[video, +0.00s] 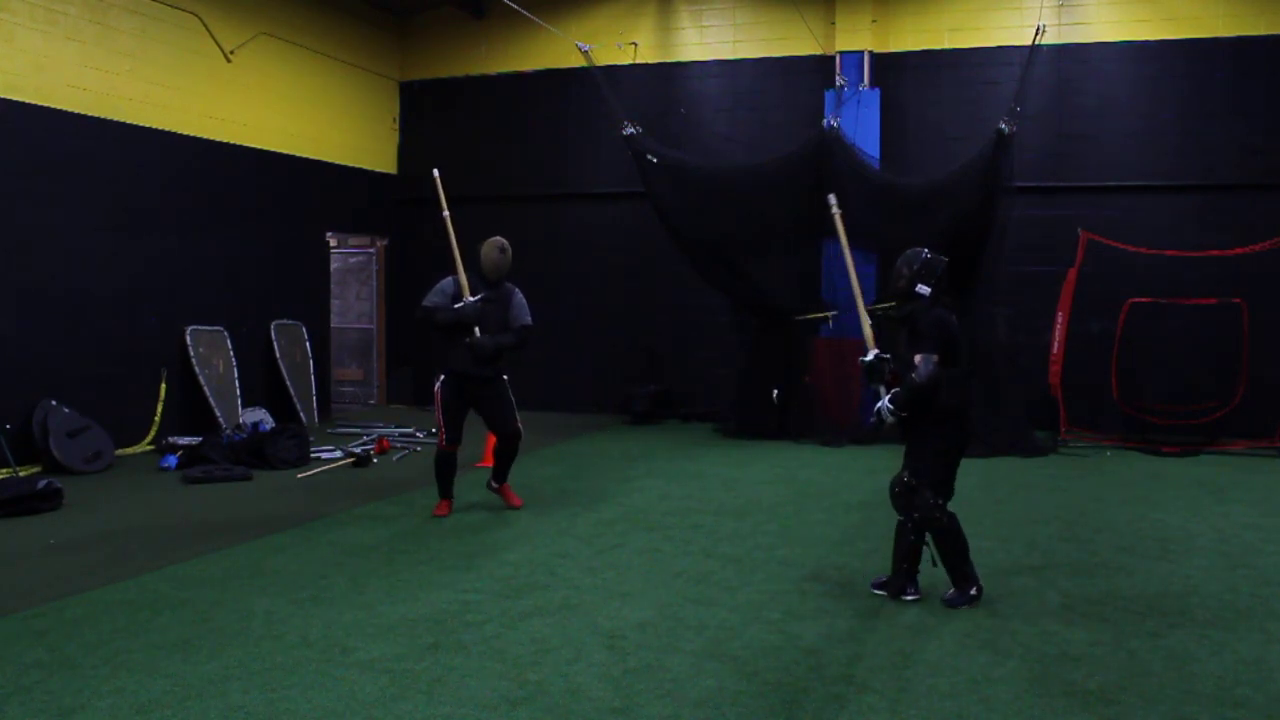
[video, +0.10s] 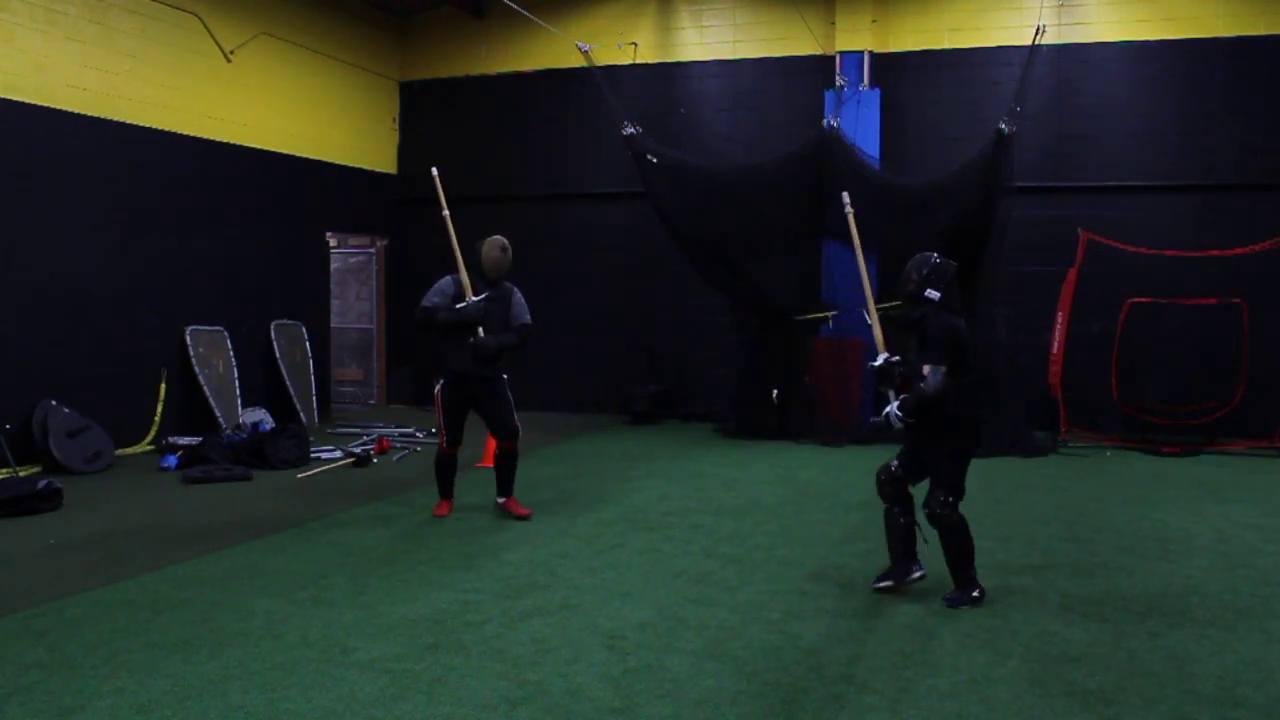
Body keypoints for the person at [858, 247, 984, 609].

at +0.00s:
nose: (896, 280)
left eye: (902, 274)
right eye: (899, 273)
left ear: (916, 279)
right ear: (927, 280)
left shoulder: (927, 317)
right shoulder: (920, 315)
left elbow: (926, 372)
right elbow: (918, 368)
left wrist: (894, 402)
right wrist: (887, 367)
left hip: (943, 422)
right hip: (929, 420)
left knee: (926, 498)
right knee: (911, 494)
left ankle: (967, 582)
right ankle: (904, 578)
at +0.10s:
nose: (906, 284)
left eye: (912, 277)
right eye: (908, 277)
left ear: (926, 283)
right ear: (936, 284)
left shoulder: (940, 322)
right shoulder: (928, 319)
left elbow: (935, 382)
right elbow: (924, 372)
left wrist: (902, 408)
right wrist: (897, 371)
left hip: (955, 428)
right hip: (935, 425)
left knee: (942, 505)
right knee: (891, 479)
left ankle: (968, 585)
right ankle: (904, 564)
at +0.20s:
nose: (911, 281)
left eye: (917, 275)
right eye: (913, 274)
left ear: (932, 281)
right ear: (937, 281)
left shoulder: (949, 320)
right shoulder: (929, 318)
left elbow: (949, 381)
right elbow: (928, 369)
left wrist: (915, 404)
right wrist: (899, 368)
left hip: (962, 420)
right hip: (939, 417)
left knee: (946, 500)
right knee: (890, 467)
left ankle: (968, 585)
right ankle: (907, 548)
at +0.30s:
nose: (914, 279)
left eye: (920, 273)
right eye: (915, 273)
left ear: (936, 278)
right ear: (935, 278)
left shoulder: (956, 317)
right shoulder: (928, 315)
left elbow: (956, 375)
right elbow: (924, 368)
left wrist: (920, 395)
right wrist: (897, 362)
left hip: (962, 417)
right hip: (934, 414)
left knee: (951, 495)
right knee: (898, 469)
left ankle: (968, 583)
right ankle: (908, 539)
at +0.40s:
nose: (914, 288)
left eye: (919, 282)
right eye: (915, 281)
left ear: (935, 285)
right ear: (935, 285)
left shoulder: (956, 321)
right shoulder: (929, 319)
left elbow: (959, 375)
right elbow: (926, 368)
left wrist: (922, 397)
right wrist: (898, 362)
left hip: (963, 420)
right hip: (936, 417)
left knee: (948, 496)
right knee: (907, 479)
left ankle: (967, 582)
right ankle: (910, 540)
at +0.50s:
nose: (908, 298)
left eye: (914, 291)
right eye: (908, 290)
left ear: (930, 294)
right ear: (928, 294)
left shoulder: (955, 330)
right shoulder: (922, 330)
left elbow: (960, 385)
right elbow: (918, 380)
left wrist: (926, 405)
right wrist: (895, 374)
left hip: (960, 425)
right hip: (934, 423)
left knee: (948, 495)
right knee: (911, 484)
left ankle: (967, 581)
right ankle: (915, 547)